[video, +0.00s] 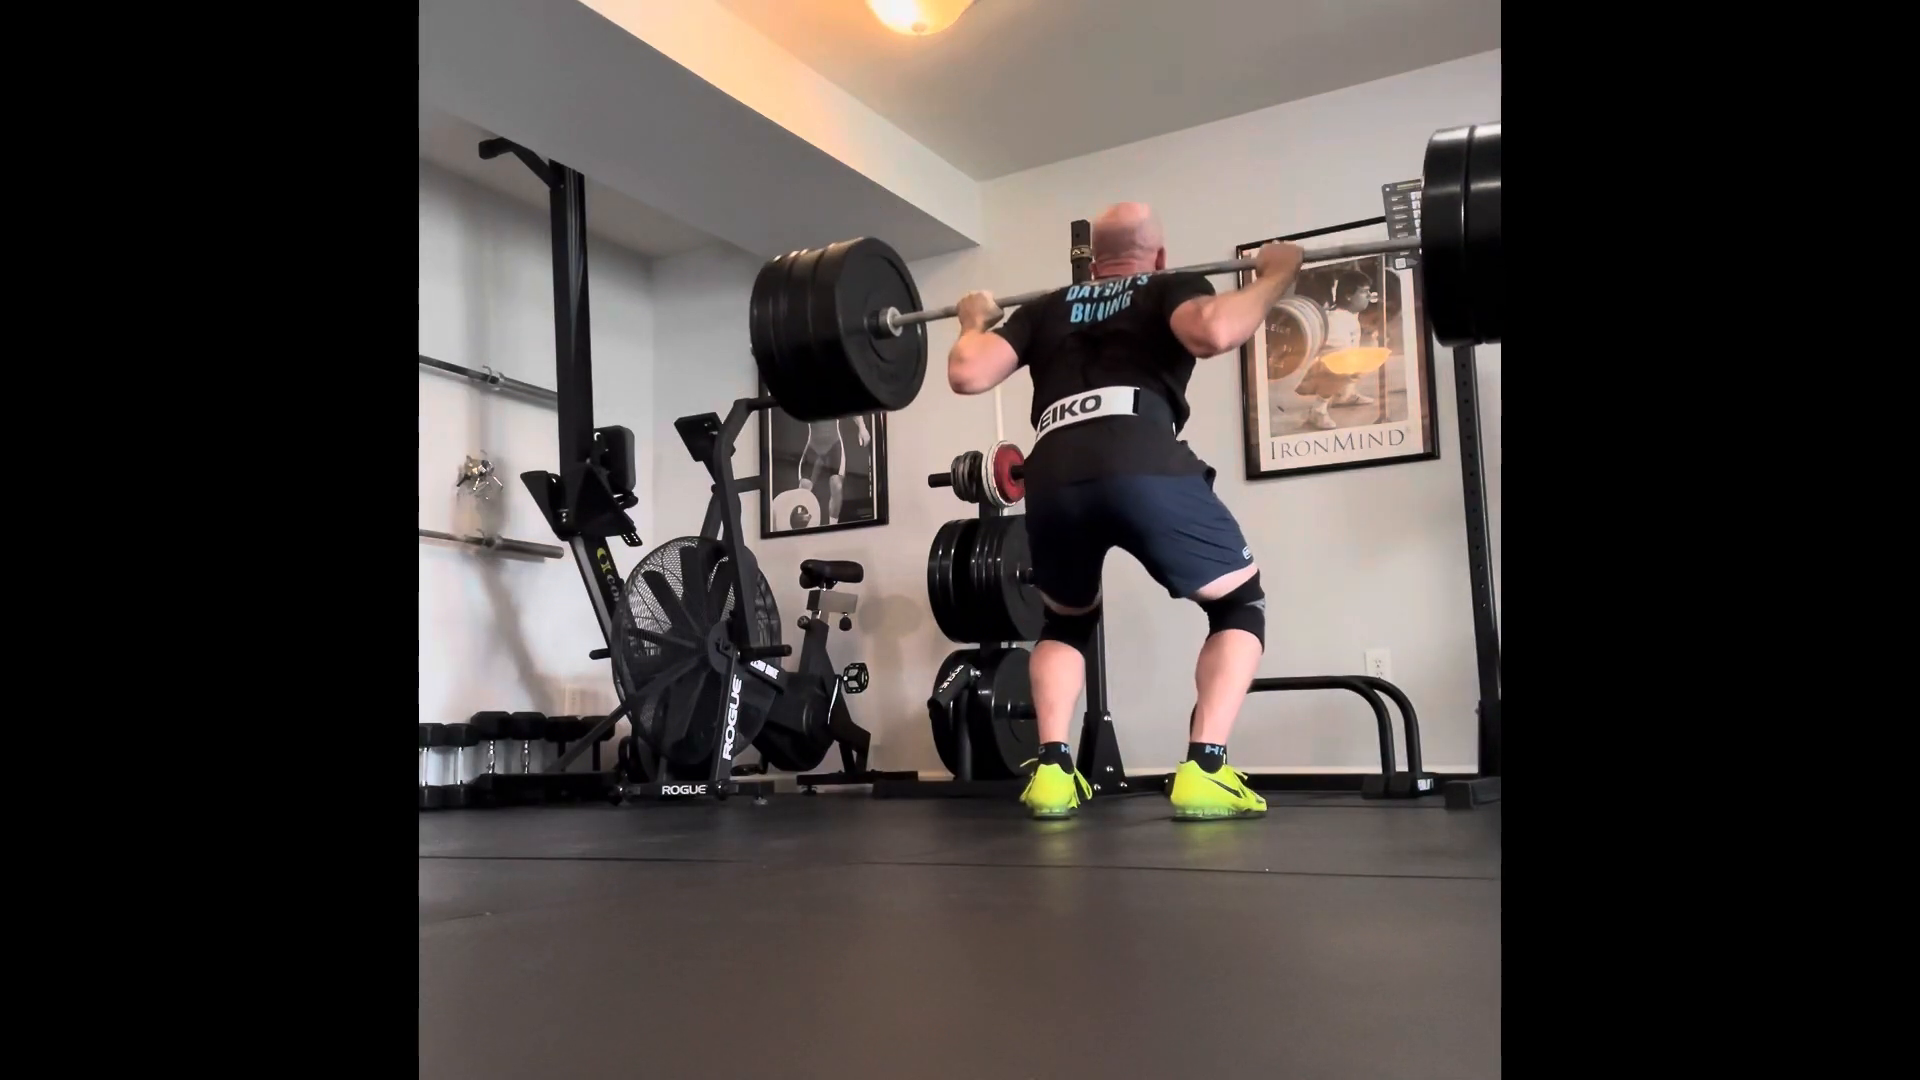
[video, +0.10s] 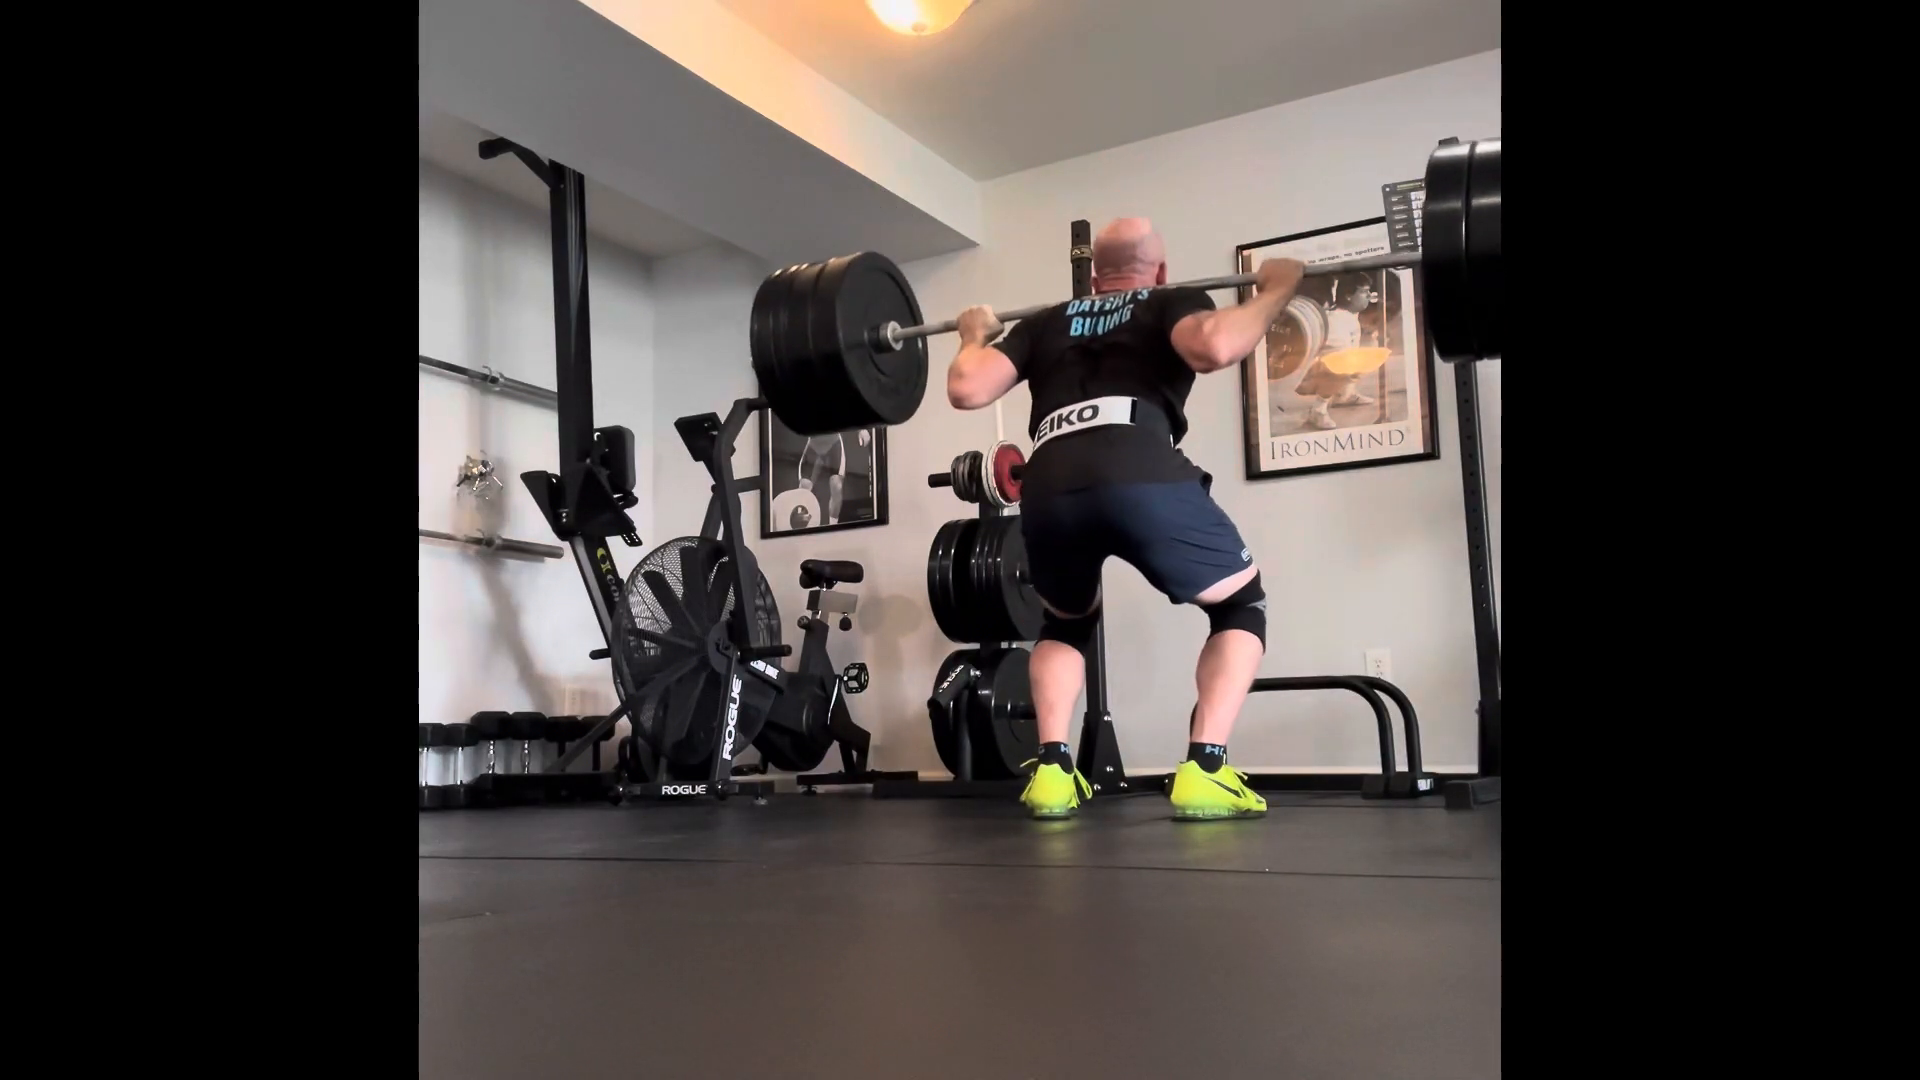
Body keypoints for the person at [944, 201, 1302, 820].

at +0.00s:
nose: (1163, 257)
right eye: (1161, 250)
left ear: (1092, 257)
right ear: (1157, 255)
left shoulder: (1045, 308)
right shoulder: (1168, 285)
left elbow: (965, 375)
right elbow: (1216, 331)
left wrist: (973, 320)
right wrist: (1275, 276)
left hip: (1052, 467)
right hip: (1141, 453)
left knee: (1065, 618)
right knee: (1237, 605)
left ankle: (1052, 766)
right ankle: (1205, 765)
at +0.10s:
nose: (1162, 273)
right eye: (1161, 266)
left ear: (1093, 273)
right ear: (1158, 270)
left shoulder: (1045, 322)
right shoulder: (1168, 301)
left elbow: (965, 390)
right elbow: (1217, 346)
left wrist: (973, 336)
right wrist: (1274, 293)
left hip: (1048, 478)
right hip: (1139, 466)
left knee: (1063, 621)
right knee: (1240, 607)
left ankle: (1051, 767)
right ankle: (1205, 766)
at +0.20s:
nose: (1164, 286)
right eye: (1162, 280)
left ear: (1093, 286)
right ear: (1158, 285)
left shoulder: (1045, 336)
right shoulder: (1169, 315)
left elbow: (965, 407)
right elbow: (1217, 361)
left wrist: (971, 352)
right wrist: (1274, 308)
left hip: (1043, 488)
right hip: (1135, 473)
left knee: (1064, 621)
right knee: (1243, 608)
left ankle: (1052, 767)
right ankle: (1205, 767)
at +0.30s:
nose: (1163, 301)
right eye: (1161, 295)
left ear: (1094, 302)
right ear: (1157, 299)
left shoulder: (1044, 350)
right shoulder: (1170, 330)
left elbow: (965, 423)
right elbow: (1217, 378)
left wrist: (971, 368)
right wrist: (1275, 324)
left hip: (1040, 500)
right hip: (1134, 486)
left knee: (1064, 622)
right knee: (1244, 606)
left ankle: (1051, 768)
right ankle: (1205, 767)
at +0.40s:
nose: (1165, 317)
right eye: (1163, 311)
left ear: (1095, 318)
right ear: (1158, 316)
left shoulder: (1044, 364)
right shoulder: (1172, 346)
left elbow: (964, 439)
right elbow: (1218, 397)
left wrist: (971, 384)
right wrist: (1278, 341)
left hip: (1037, 511)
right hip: (1130, 497)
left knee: (1062, 624)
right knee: (1244, 608)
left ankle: (1051, 769)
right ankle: (1205, 767)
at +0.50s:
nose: (1164, 332)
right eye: (1163, 326)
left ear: (1096, 334)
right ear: (1159, 331)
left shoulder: (1043, 381)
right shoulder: (1174, 363)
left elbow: (965, 459)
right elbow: (1220, 416)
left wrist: (972, 397)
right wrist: (1281, 357)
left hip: (1036, 523)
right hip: (1130, 509)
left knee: (1061, 627)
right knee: (1242, 609)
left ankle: (1051, 768)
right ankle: (1206, 766)